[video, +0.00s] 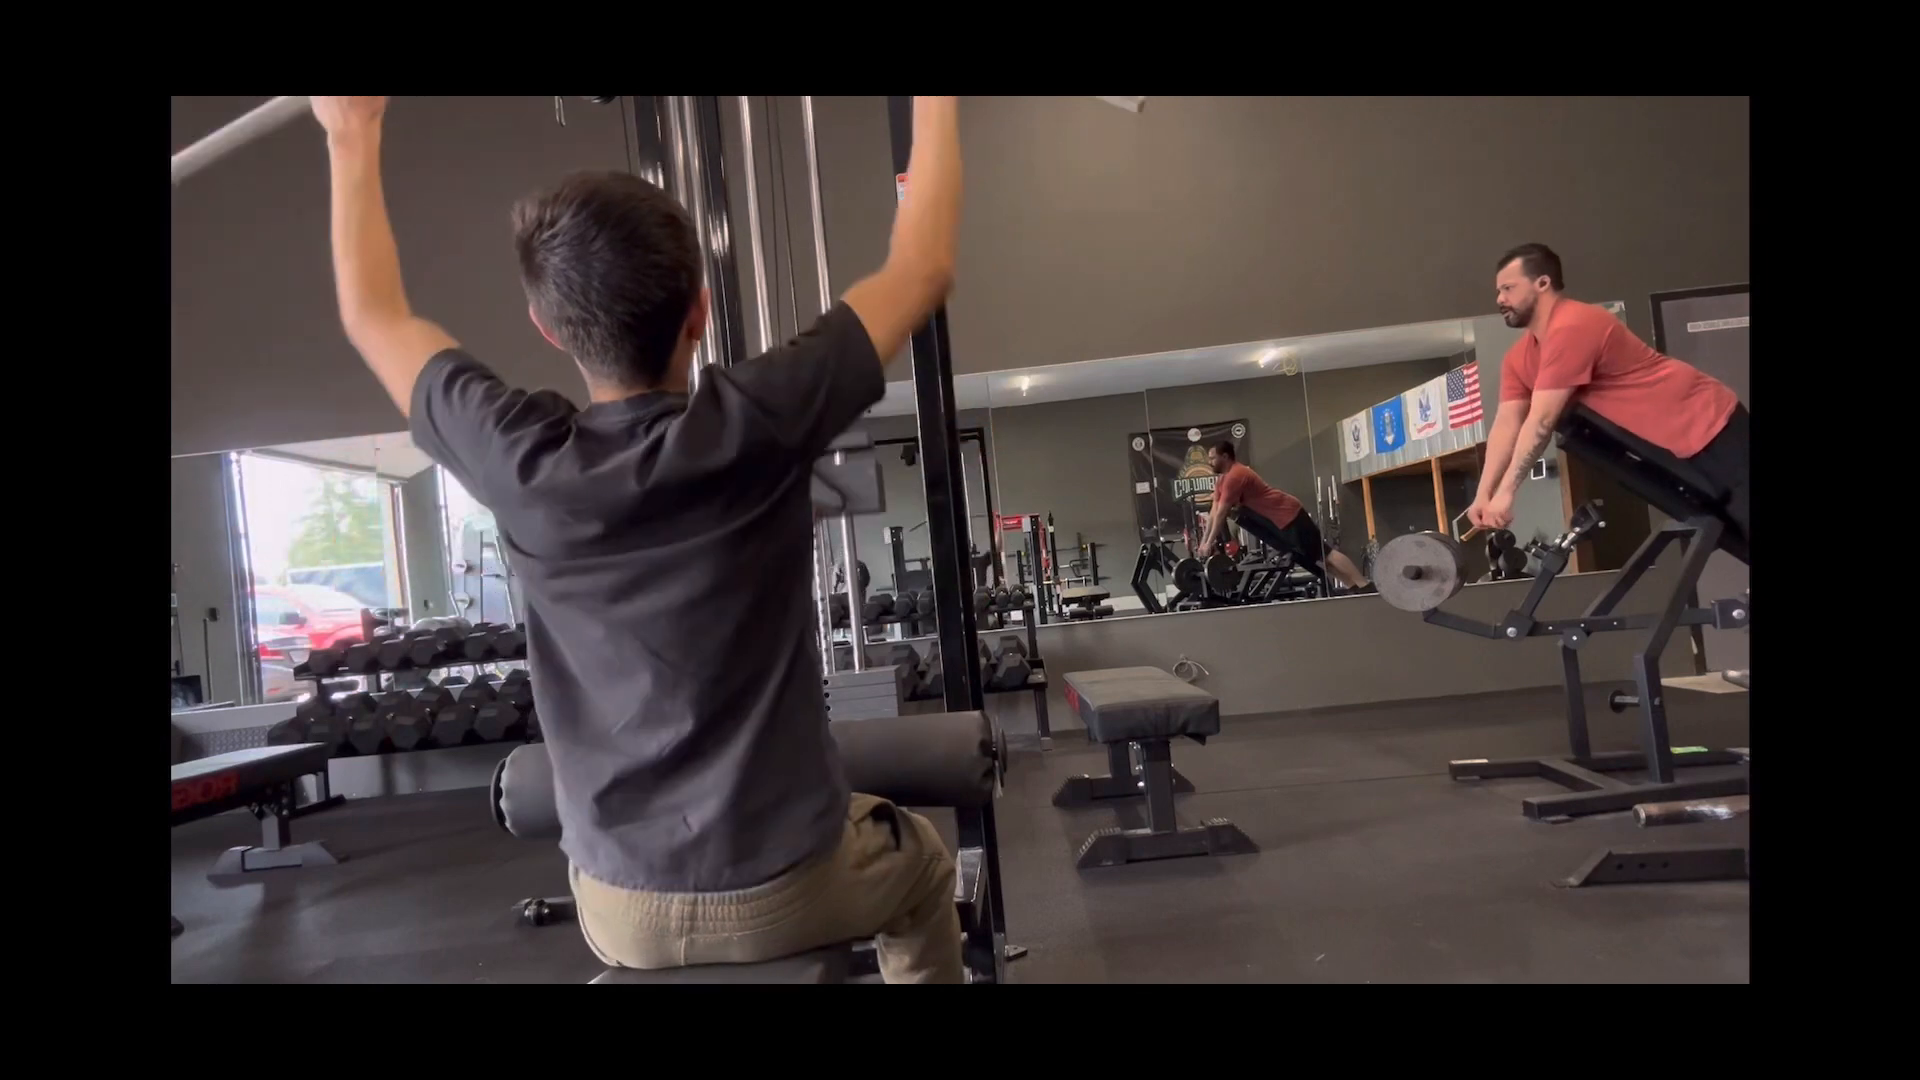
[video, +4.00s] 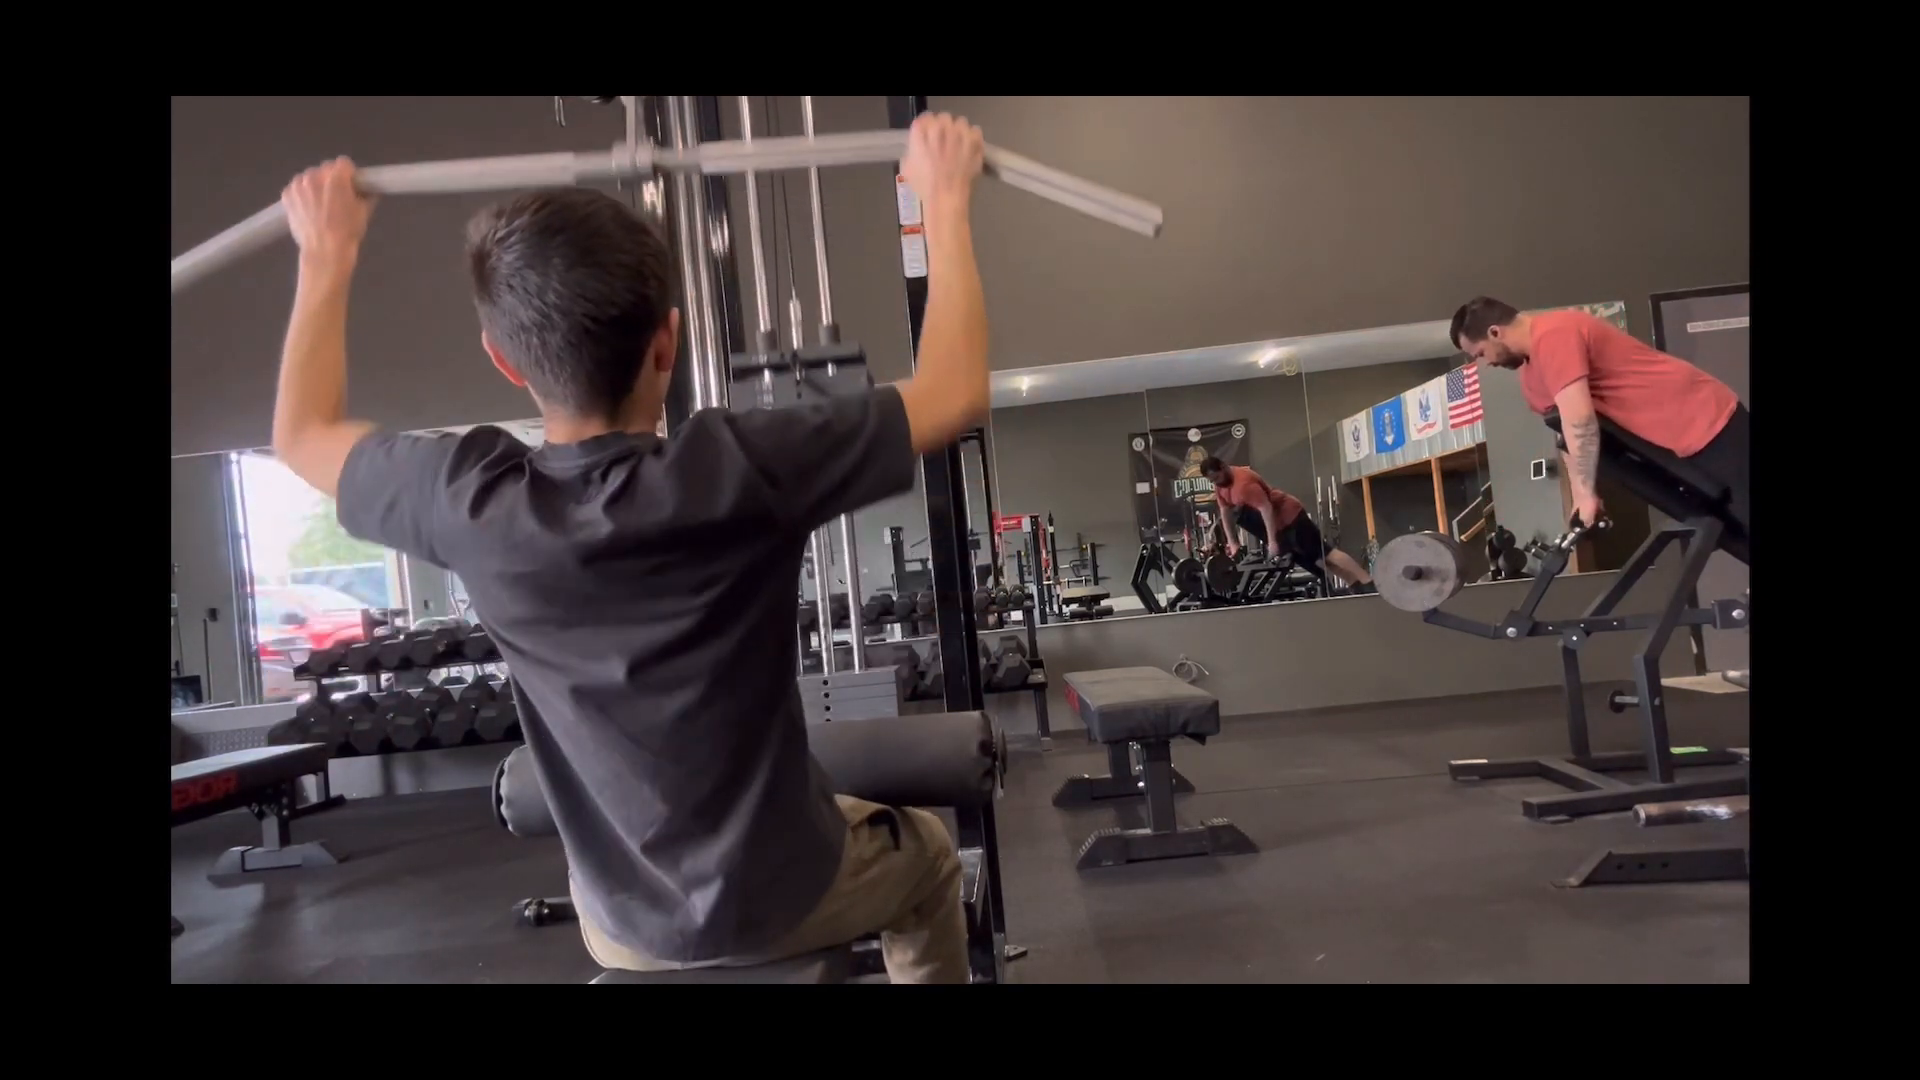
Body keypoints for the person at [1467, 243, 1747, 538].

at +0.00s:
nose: (1499, 300)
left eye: (1507, 288)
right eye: (1498, 292)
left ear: (1542, 284)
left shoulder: (1572, 325)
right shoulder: (1518, 357)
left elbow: (1541, 422)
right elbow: (1506, 422)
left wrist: (1505, 490)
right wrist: (1483, 493)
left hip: (1709, 422)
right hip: (1669, 449)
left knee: (1745, 521)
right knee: (1733, 536)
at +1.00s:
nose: (1498, 309)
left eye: (1503, 297)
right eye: (1494, 301)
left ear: (1535, 285)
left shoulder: (1571, 317)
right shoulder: (1519, 355)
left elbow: (1543, 413)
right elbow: (1506, 421)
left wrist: (1505, 483)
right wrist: (1485, 489)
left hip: (1710, 420)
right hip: (1669, 449)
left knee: (1745, 527)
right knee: (1730, 535)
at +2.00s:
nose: (1496, 322)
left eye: (1493, 313)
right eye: (1493, 315)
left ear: (1510, 307)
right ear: (1515, 306)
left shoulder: (1574, 323)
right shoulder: (1526, 352)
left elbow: (1544, 420)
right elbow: (1514, 418)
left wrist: (1506, 487)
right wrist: (1493, 487)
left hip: (1713, 424)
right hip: (1677, 447)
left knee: (1745, 527)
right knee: (1732, 536)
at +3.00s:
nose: (1498, 337)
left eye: (1495, 327)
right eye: (1491, 332)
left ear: (1515, 306)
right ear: (1514, 309)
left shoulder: (1573, 322)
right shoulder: (1526, 362)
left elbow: (1556, 420)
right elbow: (1519, 428)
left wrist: (1515, 489)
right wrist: (1501, 492)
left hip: (1711, 422)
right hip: (1676, 449)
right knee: (1734, 534)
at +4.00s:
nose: (1486, 364)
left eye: (1480, 354)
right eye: (1478, 358)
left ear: (1495, 332)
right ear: (1495, 336)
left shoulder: (1552, 335)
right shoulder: (1531, 377)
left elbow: (1582, 422)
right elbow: (1567, 439)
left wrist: (1584, 493)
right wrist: (1577, 498)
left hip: (1707, 420)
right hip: (1676, 446)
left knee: (1745, 520)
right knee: (1730, 530)